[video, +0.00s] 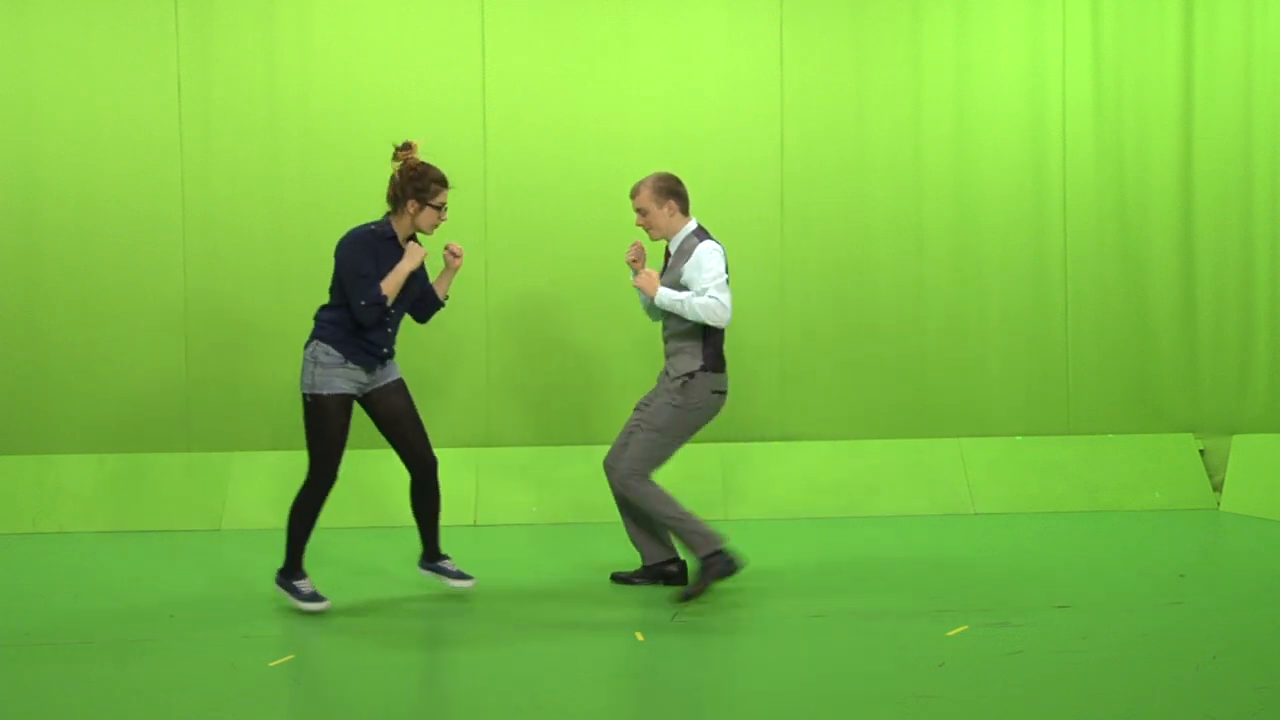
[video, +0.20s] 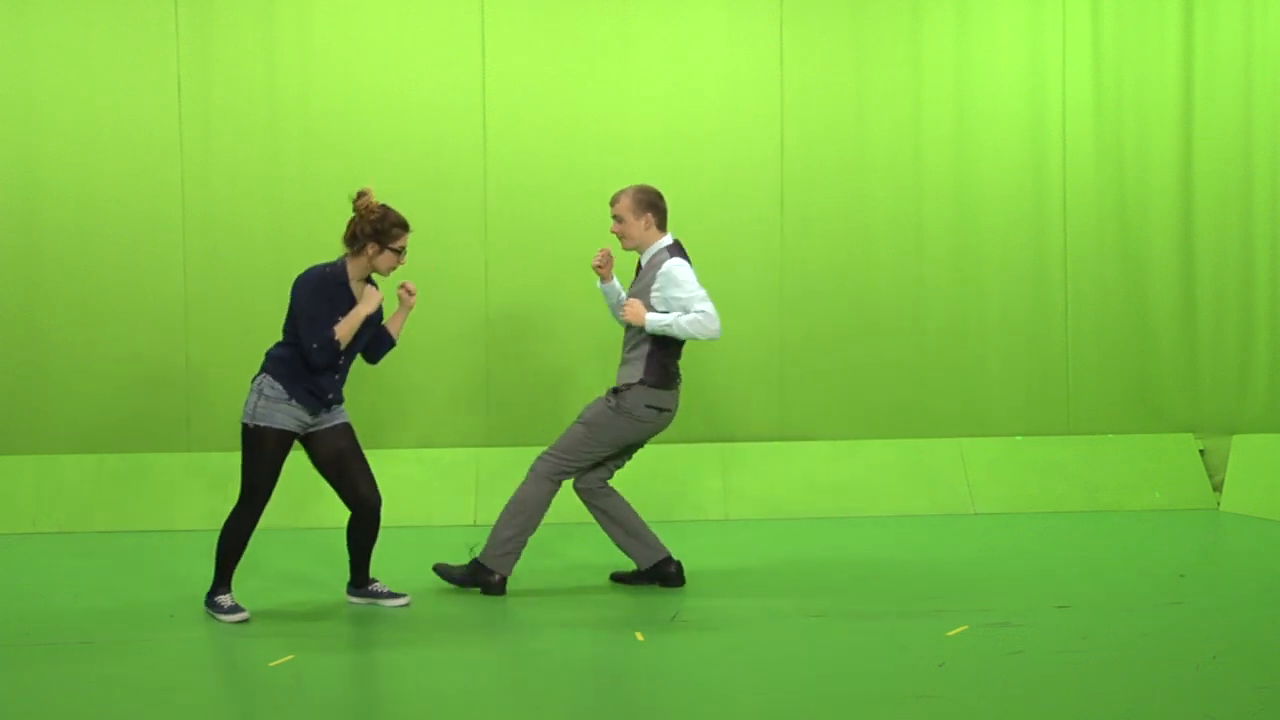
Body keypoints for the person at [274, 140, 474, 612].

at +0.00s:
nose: (443, 217)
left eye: (444, 209)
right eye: (438, 209)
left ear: (412, 205)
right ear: (410, 205)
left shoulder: (408, 252)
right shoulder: (358, 244)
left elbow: (423, 310)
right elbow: (367, 310)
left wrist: (450, 273)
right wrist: (406, 266)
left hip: (379, 367)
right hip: (332, 361)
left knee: (423, 462)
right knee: (323, 472)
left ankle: (432, 556)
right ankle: (290, 571)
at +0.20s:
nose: (401, 261)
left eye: (404, 253)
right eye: (398, 252)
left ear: (375, 248)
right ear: (372, 248)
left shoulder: (370, 293)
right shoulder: (313, 283)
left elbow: (372, 352)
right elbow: (319, 354)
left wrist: (403, 311)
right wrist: (363, 310)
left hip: (324, 406)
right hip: (277, 397)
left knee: (367, 501)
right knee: (253, 499)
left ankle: (360, 583)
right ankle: (219, 591)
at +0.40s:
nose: (405, 262)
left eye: (408, 255)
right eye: (402, 254)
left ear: (379, 247)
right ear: (377, 247)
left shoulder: (369, 293)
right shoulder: (320, 279)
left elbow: (366, 353)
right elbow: (322, 349)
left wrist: (406, 325)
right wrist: (374, 312)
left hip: (324, 402)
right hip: (278, 395)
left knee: (374, 493)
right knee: (251, 498)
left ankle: (365, 577)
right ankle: (216, 591)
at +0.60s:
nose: (430, 236)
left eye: (431, 228)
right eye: (425, 228)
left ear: (403, 230)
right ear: (397, 229)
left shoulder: (401, 275)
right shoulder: (355, 268)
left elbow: (438, 321)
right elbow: (368, 328)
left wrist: (455, 276)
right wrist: (399, 274)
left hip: (367, 396)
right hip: (324, 391)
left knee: (391, 490)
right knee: (287, 490)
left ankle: (368, 580)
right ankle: (225, 582)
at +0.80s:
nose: (448, 194)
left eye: (448, 186)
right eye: (442, 187)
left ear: (420, 188)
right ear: (416, 188)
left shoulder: (428, 233)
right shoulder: (375, 234)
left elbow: (454, 288)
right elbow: (382, 299)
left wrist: (467, 239)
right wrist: (412, 256)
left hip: (410, 358)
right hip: (369, 353)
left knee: (436, 458)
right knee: (352, 460)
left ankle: (406, 553)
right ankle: (312, 555)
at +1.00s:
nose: (480, 230)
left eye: (479, 222)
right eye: (473, 224)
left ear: (452, 231)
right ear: (449, 232)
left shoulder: (459, 276)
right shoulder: (409, 281)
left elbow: (467, 339)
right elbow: (416, 349)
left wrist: (496, 295)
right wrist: (462, 314)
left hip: (454, 391)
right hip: (409, 394)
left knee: (510, 480)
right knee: (396, 501)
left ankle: (534, 570)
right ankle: (332, 574)